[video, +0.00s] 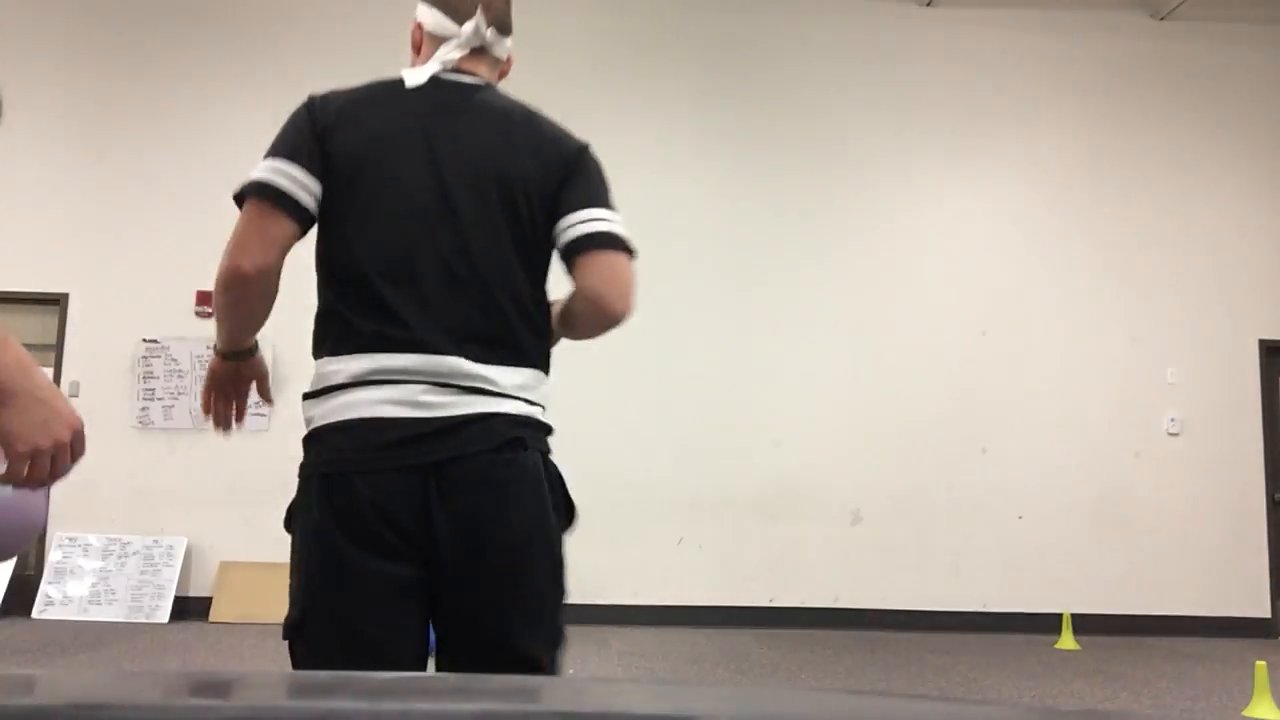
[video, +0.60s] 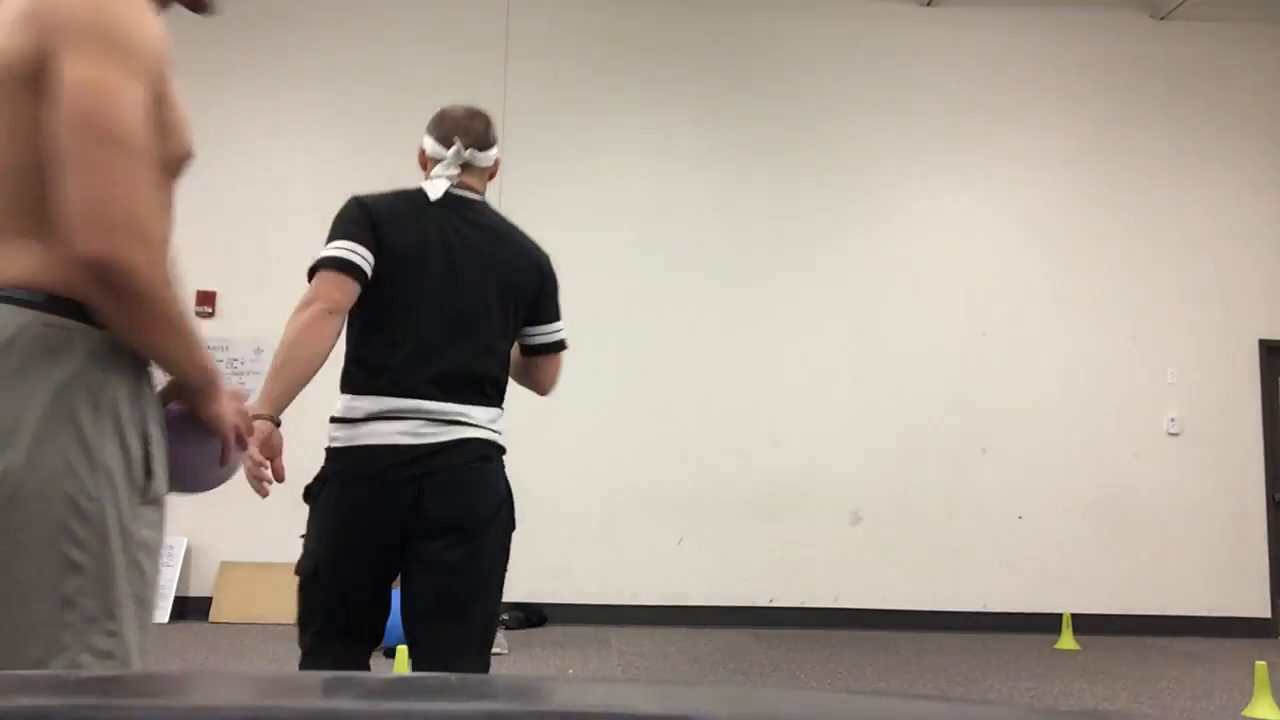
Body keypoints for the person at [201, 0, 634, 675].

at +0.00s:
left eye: (416, 33)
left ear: (416, 38)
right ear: (507, 64)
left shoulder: (330, 117)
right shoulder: (556, 148)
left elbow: (248, 264)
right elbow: (610, 298)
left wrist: (235, 352)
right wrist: (543, 323)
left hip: (354, 462)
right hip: (501, 465)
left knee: (350, 705)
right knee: (507, 703)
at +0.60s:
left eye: (422, 153)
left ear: (420, 159)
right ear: (493, 170)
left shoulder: (371, 214)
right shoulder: (525, 254)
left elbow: (327, 307)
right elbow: (543, 376)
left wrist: (265, 412)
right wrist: (490, 335)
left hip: (361, 481)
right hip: (469, 485)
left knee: (331, 670)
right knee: (454, 681)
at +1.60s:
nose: (413, 267)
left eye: (412, 260)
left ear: (411, 261)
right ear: (461, 270)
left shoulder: (374, 301)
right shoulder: (481, 326)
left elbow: (343, 373)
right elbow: (469, 398)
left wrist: (344, 433)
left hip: (368, 462)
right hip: (439, 471)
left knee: (348, 595)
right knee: (428, 616)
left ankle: (338, 715)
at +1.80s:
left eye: (414, 274)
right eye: (443, 281)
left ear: (403, 275)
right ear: (445, 281)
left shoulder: (375, 322)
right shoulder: (466, 334)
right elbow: (471, 404)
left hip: (377, 473)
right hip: (436, 475)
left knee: (377, 592)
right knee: (430, 599)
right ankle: (424, 700)